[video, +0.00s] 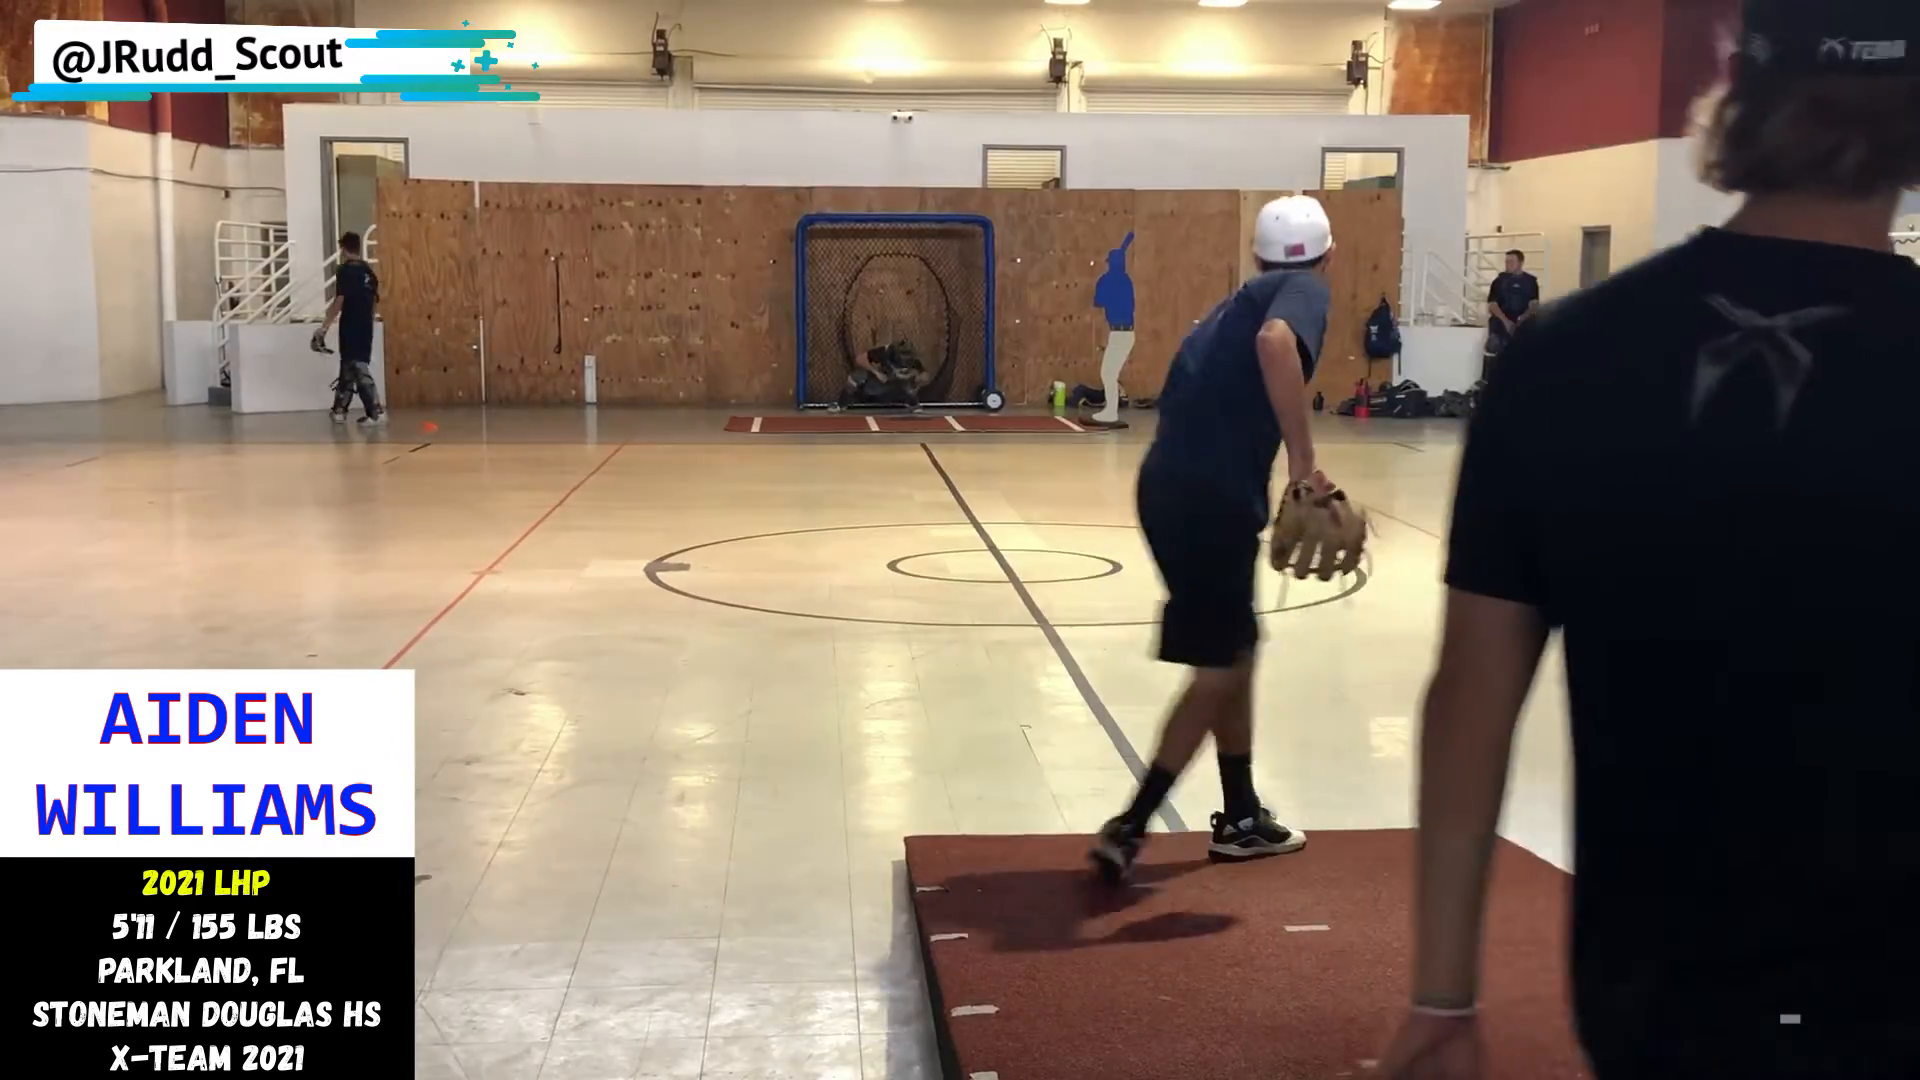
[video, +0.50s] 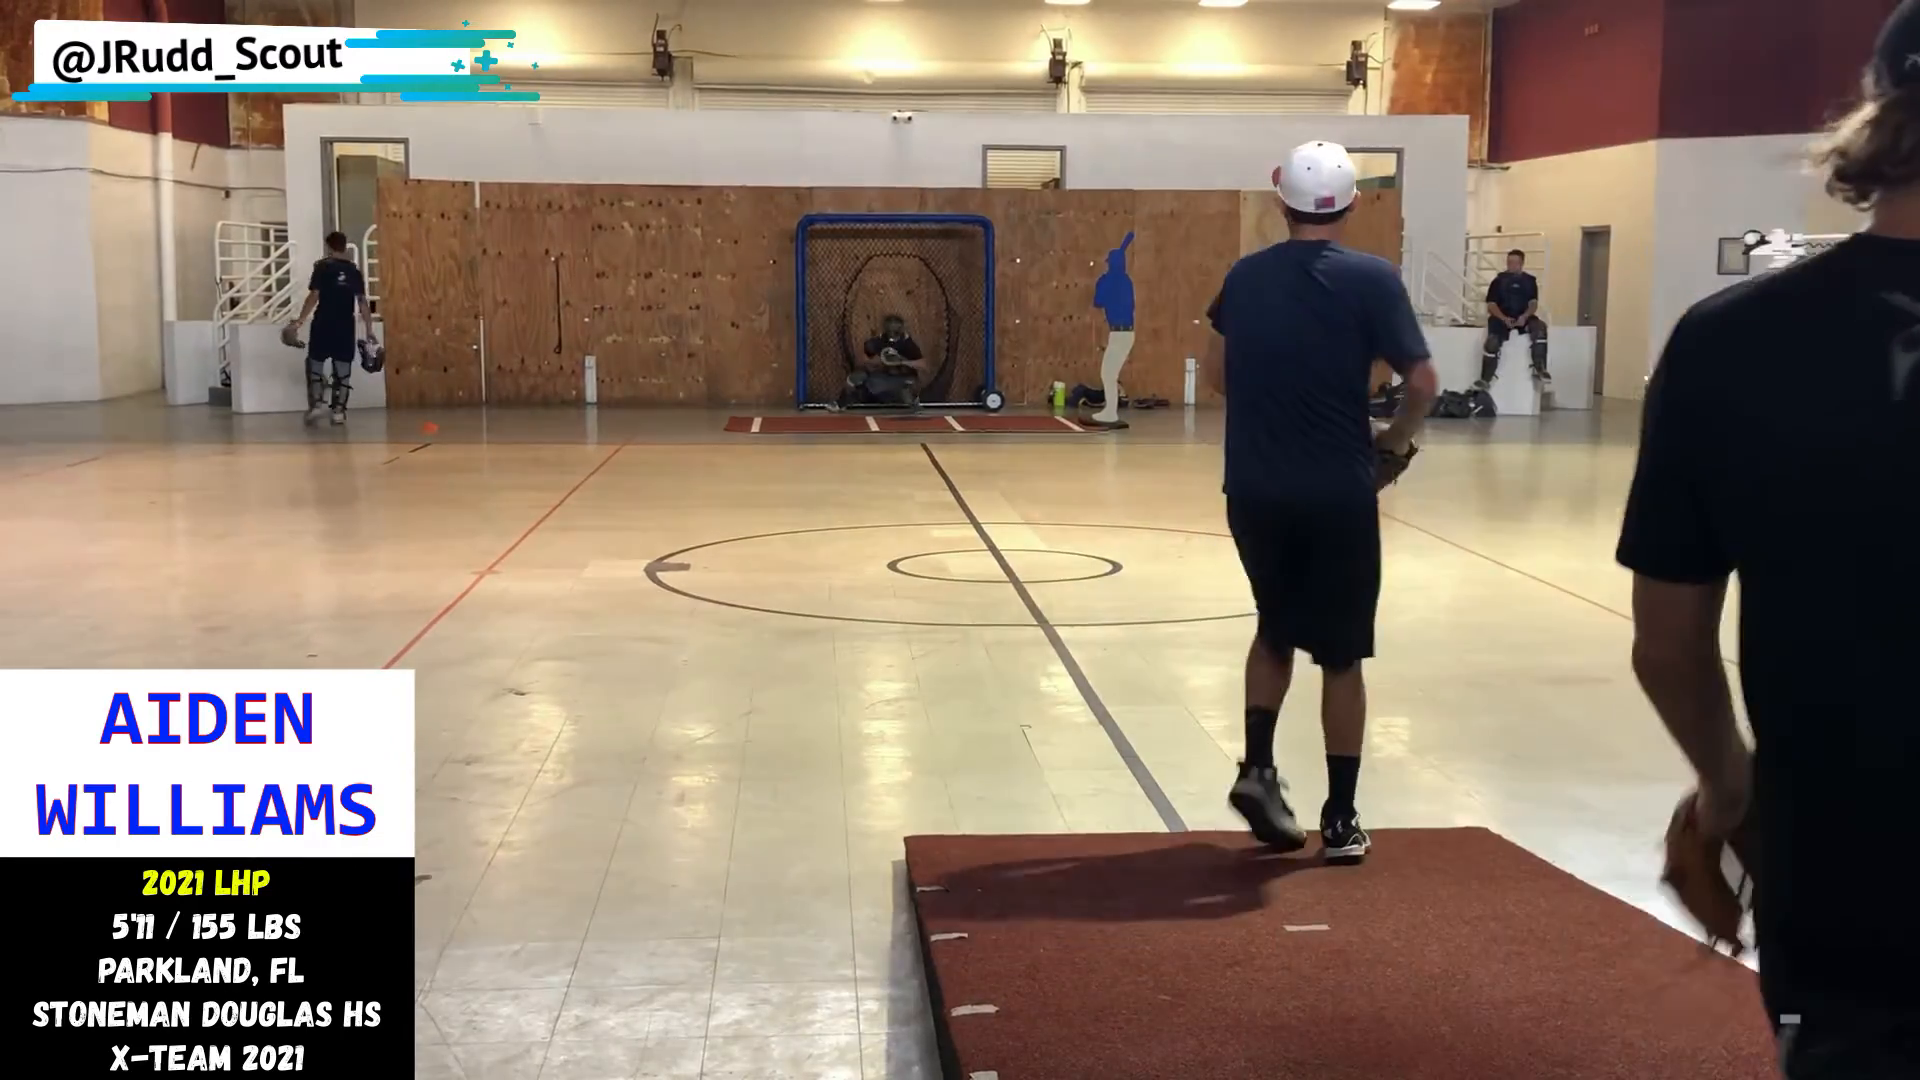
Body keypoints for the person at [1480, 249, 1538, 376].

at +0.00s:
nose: (1508, 264)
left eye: (1511, 261)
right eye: (1507, 261)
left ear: (1520, 262)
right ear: (1505, 262)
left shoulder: (1530, 280)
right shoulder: (1500, 280)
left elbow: (1534, 305)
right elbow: (1492, 304)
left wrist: (1521, 319)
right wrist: (1506, 322)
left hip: (1522, 327)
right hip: (1500, 325)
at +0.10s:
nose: (1508, 265)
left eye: (1511, 262)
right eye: (1507, 261)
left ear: (1520, 263)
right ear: (1505, 263)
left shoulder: (1530, 280)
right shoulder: (1500, 280)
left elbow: (1534, 303)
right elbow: (1492, 304)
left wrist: (1525, 316)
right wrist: (1504, 320)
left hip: (1523, 315)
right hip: (1503, 315)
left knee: (1540, 329)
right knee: (1494, 339)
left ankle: (1541, 369)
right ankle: (1486, 378)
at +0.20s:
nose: (1507, 264)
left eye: (1510, 261)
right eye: (1506, 261)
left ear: (1519, 263)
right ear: (1504, 262)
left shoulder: (1530, 280)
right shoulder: (1499, 280)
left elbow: (1533, 304)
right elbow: (1492, 304)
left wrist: (1524, 316)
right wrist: (1504, 320)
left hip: (1523, 315)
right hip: (1502, 316)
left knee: (1539, 328)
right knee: (1493, 340)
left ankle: (1540, 368)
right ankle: (1486, 378)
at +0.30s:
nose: (1508, 265)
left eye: (1511, 262)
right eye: (1507, 261)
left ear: (1520, 263)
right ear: (1505, 262)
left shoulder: (1529, 280)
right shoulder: (1499, 280)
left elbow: (1533, 303)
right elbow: (1492, 304)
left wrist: (1525, 316)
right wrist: (1503, 319)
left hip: (1523, 316)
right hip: (1502, 316)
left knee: (1539, 328)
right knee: (1493, 339)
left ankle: (1540, 369)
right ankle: (1486, 379)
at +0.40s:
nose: (1510, 265)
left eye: (1514, 262)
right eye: (1509, 262)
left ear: (1521, 263)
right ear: (1506, 262)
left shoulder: (1530, 280)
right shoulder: (1499, 280)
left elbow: (1533, 303)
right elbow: (1491, 304)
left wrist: (1525, 316)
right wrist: (1504, 318)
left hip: (1523, 316)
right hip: (1502, 316)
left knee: (1540, 328)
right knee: (1493, 339)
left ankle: (1540, 368)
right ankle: (1486, 379)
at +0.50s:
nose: (1511, 265)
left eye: (1515, 263)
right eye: (1509, 262)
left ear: (1521, 264)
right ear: (1506, 262)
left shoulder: (1529, 280)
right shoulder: (1499, 280)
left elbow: (1533, 303)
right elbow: (1491, 304)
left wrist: (1525, 316)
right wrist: (1503, 318)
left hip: (1523, 316)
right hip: (1502, 316)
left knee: (1540, 328)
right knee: (1493, 340)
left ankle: (1540, 368)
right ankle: (1485, 379)